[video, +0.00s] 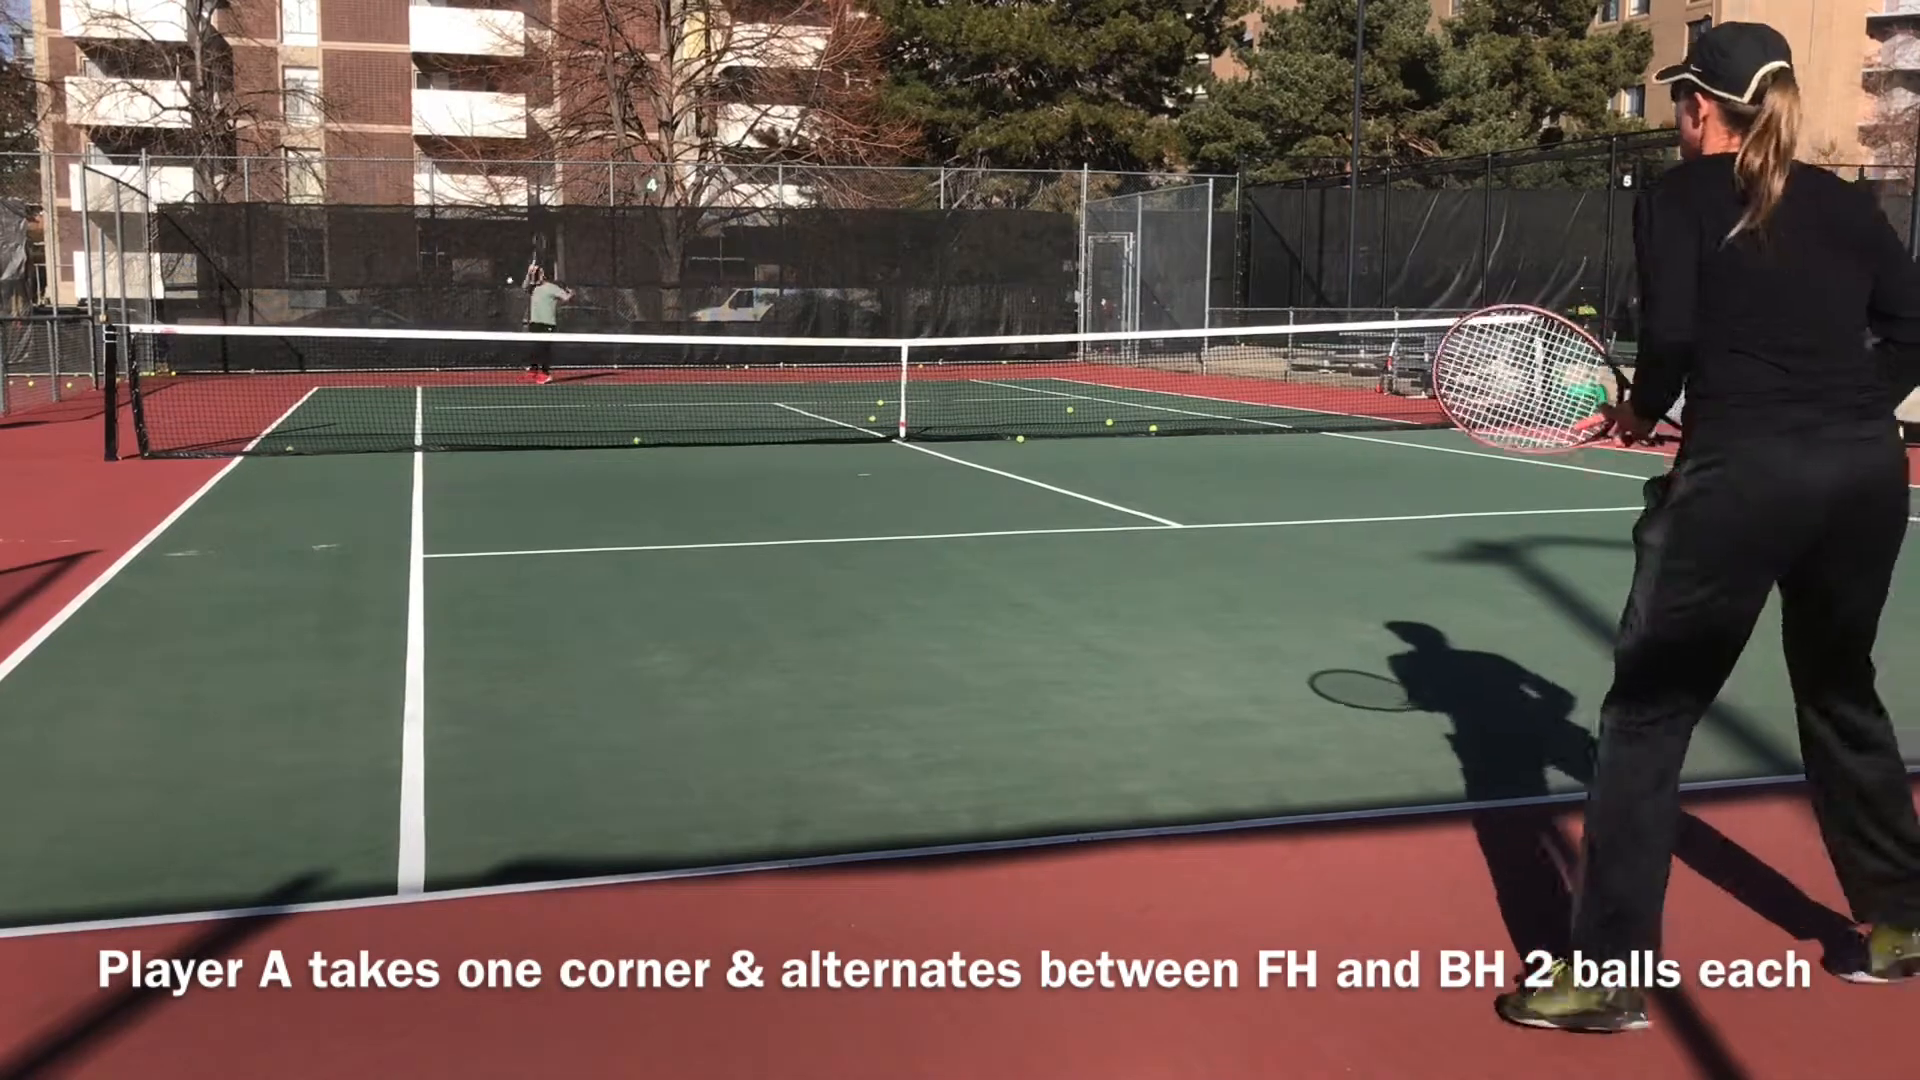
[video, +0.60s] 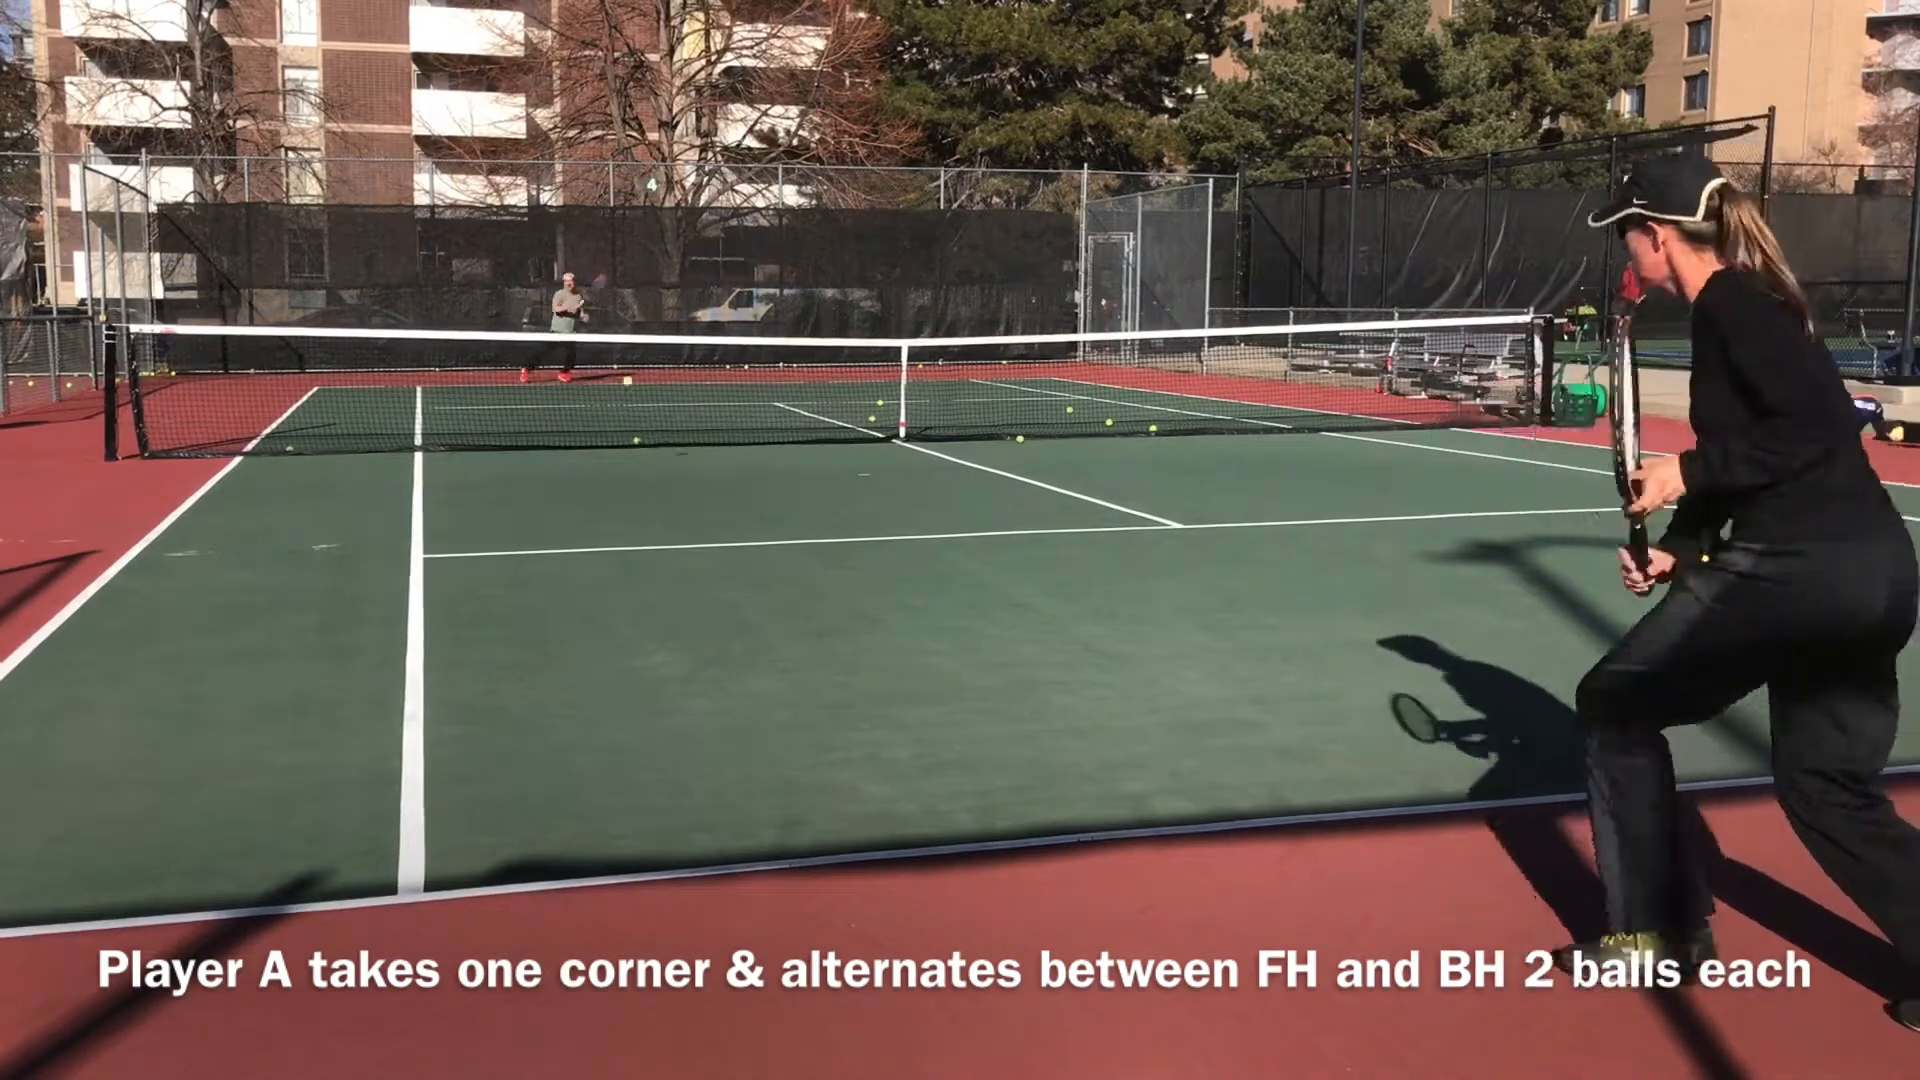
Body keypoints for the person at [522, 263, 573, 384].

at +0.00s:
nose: (537, 277)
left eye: (539, 274)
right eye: (536, 275)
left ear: (542, 275)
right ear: (536, 276)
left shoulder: (551, 287)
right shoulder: (534, 288)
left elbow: (564, 297)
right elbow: (525, 287)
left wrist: (569, 293)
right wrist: (529, 274)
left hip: (547, 323)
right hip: (535, 322)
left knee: (544, 348)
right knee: (536, 347)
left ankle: (545, 372)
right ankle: (535, 368)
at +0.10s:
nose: (537, 277)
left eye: (538, 275)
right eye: (534, 276)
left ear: (542, 277)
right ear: (531, 278)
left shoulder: (549, 291)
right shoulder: (530, 292)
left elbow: (562, 303)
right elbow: (532, 282)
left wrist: (568, 301)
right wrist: (540, 270)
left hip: (546, 325)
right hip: (532, 325)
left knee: (545, 350)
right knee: (529, 349)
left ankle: (545, 373)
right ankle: (520, 372)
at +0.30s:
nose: (541, 283)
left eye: (543, 281)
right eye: (538, 281)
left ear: (546, 282)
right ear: (535, 283)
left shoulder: (552, 299)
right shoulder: (533, 294)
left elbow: (557, 314)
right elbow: (539, 291)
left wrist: (566, 315)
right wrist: (550, 285)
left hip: (548, 330)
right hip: (534, 329)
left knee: (549, 353)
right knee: (529, 352)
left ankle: (545, 373)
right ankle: (521, 373)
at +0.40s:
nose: (547, 284)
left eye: (549, 281)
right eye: (545, 282)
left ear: (553, 283)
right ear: (541, 284)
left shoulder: (557, 297)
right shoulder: (539, 294)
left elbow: (560, 314)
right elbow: (549, 296)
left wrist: (569, 317)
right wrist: (559, 287)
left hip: (552, 330)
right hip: (538, 330)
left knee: (559, 352)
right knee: (532, 352)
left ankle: (555, 372)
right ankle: (521, 373)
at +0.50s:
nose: (557, 284)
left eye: (559, 282)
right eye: (554, 282)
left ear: (562, 283)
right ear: (552, 283)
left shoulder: (565, 296)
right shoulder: (548, 294)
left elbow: (566, 312)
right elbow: (553, 302)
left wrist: (573, 316)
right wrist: (568, 296)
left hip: (559, 331)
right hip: (545, 330)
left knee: (568, 353)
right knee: (536, 353)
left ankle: (563, 372)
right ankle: (521, 373)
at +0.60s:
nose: (569, 283)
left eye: (571, 281)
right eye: (566, 281)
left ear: (574, 282)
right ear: (563, 282)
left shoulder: (578, 296)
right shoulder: (559, 294)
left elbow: (580, 310)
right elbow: (555, 308)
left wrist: (583, 316)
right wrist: (567, 308)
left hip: (570, 330)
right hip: (556, 329)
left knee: (571, 351)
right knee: (544, 349)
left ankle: (565, 372)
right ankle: (526, 368)